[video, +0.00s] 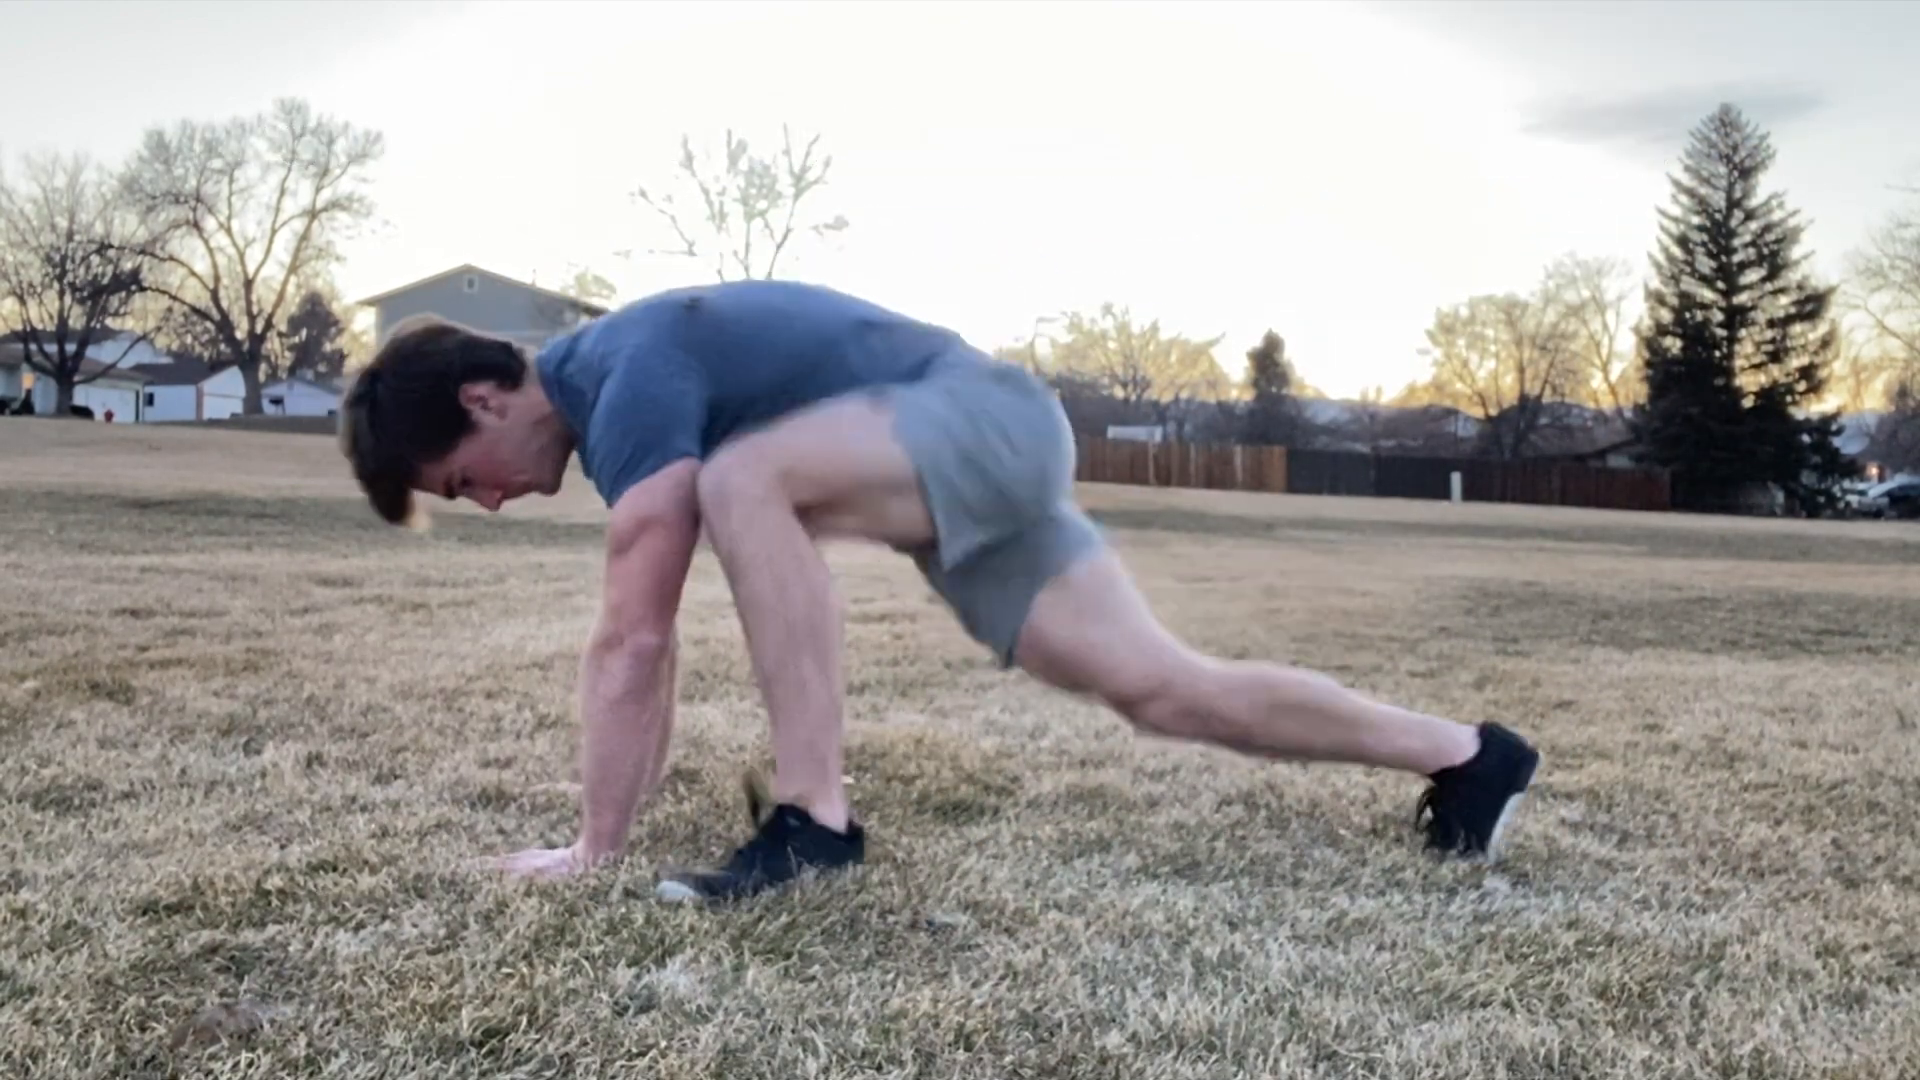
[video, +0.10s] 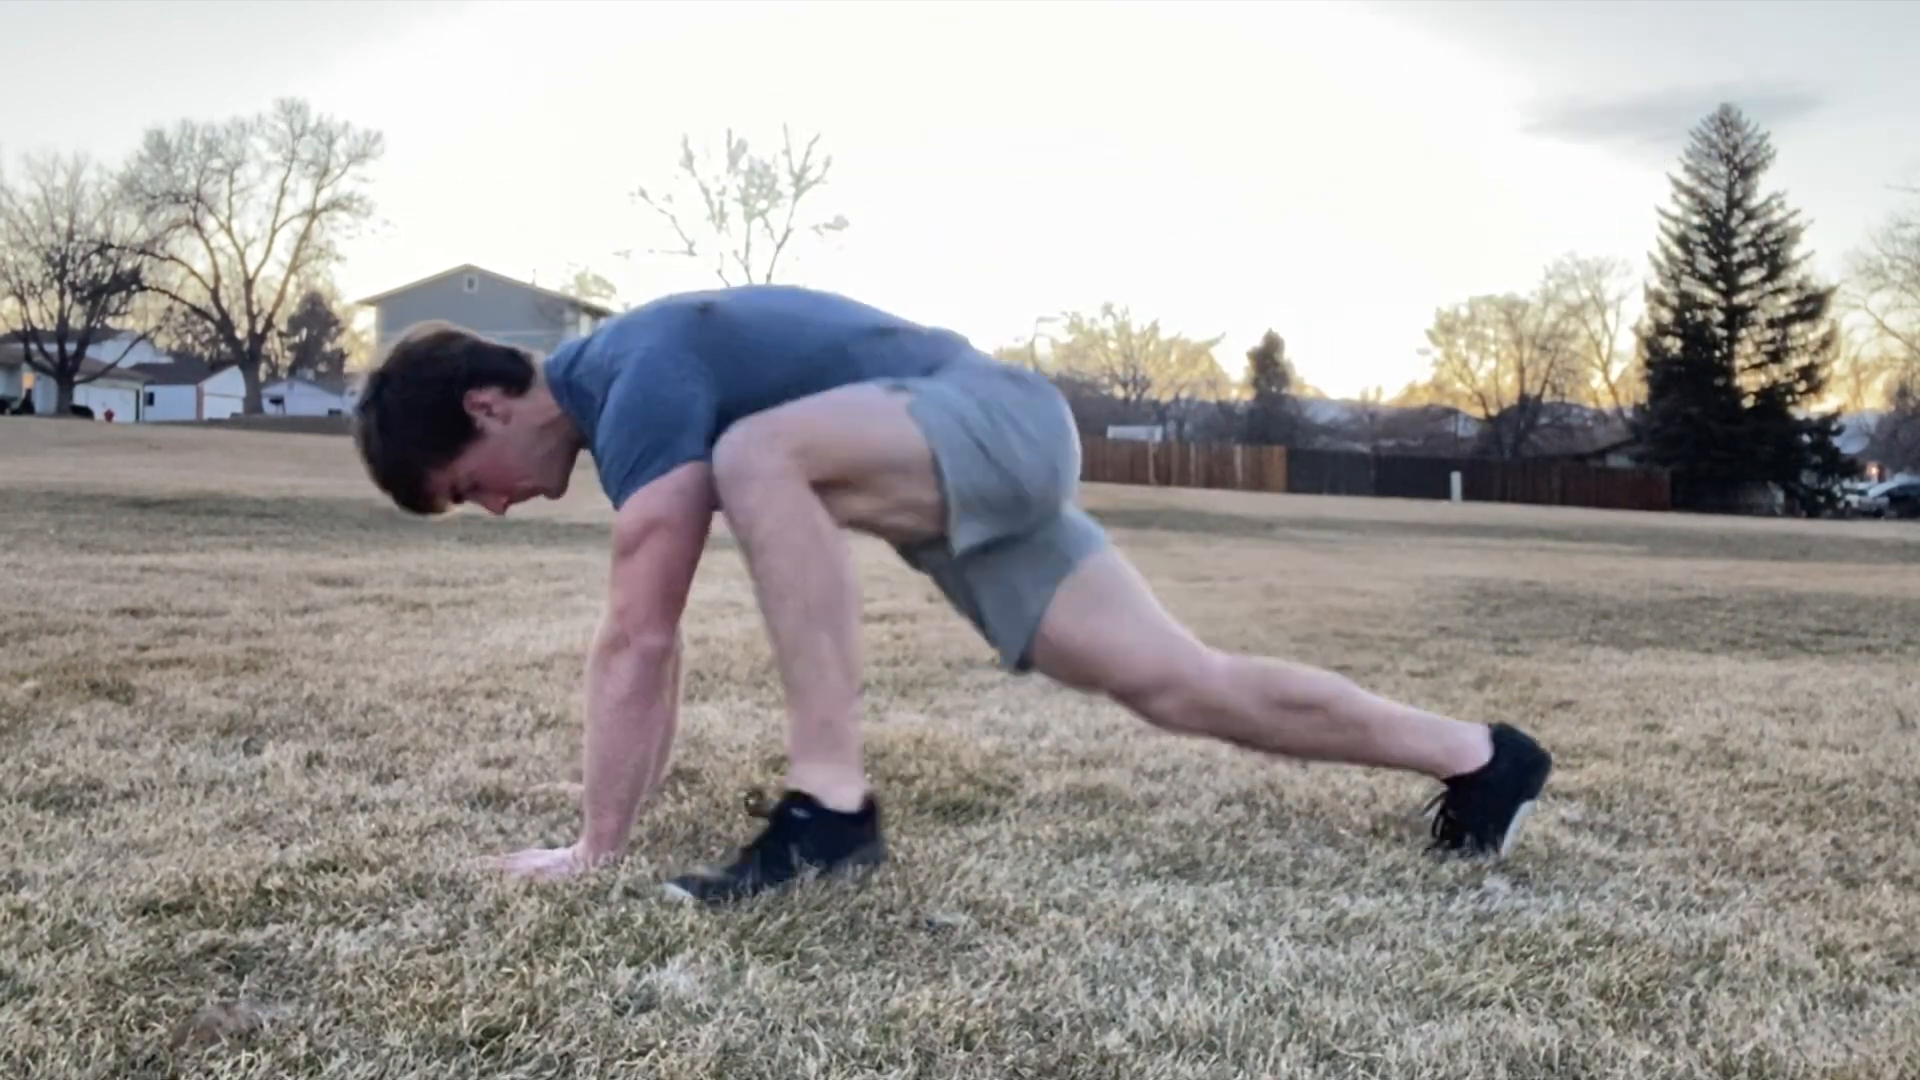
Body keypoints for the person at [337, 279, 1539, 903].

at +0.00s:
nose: (486, 501)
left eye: (462, 478)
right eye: (461, 494)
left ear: (488, 401)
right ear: (493, 402)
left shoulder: (637, 370)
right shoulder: (613, 410)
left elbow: (630, 631)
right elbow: (636, 639)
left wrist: (590, 845)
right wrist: (609, 835)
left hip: (986, 412)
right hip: (976, 488)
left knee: (744, 482)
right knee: (1165, 687)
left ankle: (814, 817)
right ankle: (1469, 754)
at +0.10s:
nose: (494, 507)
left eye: (470, 485)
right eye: (469, 500)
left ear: (492, 410)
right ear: (498, 412)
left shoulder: (646, 370)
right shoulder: (622, 415)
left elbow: (636, 631)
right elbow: (644, 640)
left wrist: (590, 838)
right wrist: (607, 828)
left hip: (998, 415)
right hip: (975, 499)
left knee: (757, 458)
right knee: (1171, 678)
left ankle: (832, 802)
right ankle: (1483, 757)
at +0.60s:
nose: (482, 488)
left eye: (459, 466)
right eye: (458, 481)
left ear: (480, 390)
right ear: (491, 385)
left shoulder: (608, 387)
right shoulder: (619, 377)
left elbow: (638, 634)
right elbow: (644, 628)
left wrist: (601, 842)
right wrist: (604, 826)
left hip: (947, 515)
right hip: (891, 500)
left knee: (1195, 734)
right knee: (730, 522)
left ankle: (1502, 749)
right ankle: (832, 744)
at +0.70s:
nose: (480, 494)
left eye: (457, 471)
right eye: (456, 487)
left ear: (478, 395)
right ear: (491, 392)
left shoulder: (604, 388)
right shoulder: (623, 379)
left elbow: (636, 625)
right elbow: (646, 632)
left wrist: (602, 840)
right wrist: (615, 823)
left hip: (958, 492)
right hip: (904, 476)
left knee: (1203, 707)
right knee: (752, 499)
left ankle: (1506, 750)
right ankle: (841, 736)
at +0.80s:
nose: (465, 517)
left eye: (440, 494)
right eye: (439, 512)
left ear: (457, 416)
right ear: (466, 420)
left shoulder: (567, 378)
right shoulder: (607, 385)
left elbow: (598, 620)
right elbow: (646, 618)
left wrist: (596, 849)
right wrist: (646, 784)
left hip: (937, 375)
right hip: (899, 391)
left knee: (1172, 627)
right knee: (809, 512)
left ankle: (1470, 727)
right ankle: (975, 707)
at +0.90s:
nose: (465, 530)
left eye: (437, 512)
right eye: (437, 527)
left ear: (439, 438)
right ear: (450, 434)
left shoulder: (568, 378)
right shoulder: (576, 390)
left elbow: (606, 630)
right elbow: (641, 602)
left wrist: (588, 848)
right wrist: (646, 774)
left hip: (930, 288)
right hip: (886, 347)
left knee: (1031, 596)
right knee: (924, 602)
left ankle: (1350, 694)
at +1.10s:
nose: (447, 513)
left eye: (423, 489)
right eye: (420, 507)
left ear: (443, 411)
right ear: (447, 420)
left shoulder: (596, 367)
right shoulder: (574, 398)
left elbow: (618, 633)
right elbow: (626, 624)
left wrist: (592, 846)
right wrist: (615, 798)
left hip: (949, 343)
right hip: (928, 433)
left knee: (764, 430)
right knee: (1148, 612)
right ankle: (1437, 658)